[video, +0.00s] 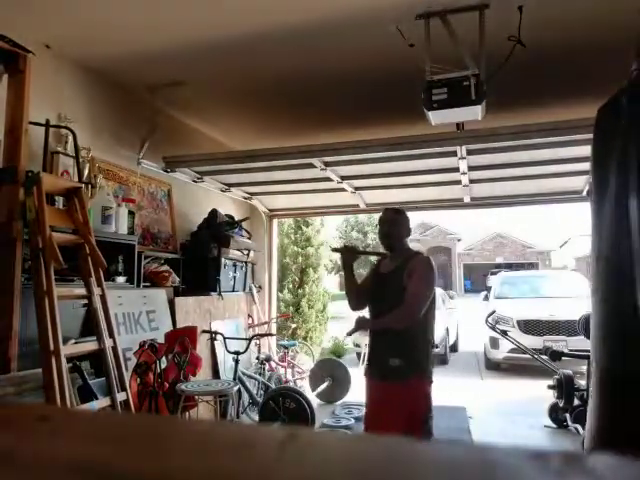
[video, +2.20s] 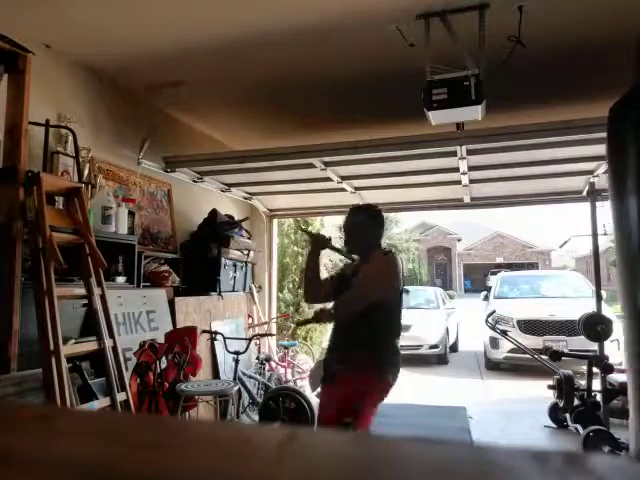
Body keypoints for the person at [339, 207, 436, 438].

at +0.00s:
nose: (385, 230)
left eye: (392, 224)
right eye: (381, 225)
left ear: (407, 229)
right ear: (378, 229)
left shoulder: (420, 264)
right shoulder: (382, 265)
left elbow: (411, 314)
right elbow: (356, 301)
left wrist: (370, 324)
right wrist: (347, 266)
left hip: (410, 370)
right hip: (379, 368)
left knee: (409, 443)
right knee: (377, 441)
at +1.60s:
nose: (354, 237)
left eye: (361, 231)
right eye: (352, 230)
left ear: (377, 232)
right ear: (349, 231)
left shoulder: (392, 262)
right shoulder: (354, 265)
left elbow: (377, 307)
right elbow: (328, 293)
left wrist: (334, 307)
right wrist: (321, 264)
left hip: (392, 369)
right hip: (355, 367)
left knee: (396, 446)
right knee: (348, 446)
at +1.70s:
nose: (354, 236)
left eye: (362, 230)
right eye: (351, 228)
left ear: (378, 232)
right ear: (348, 227)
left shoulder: (392, 260)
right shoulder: (345, 257)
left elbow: (380, 307)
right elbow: (311, 283)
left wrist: (331, 302)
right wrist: (315, 251)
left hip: (382, 349)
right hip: (347, 348)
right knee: (343, 419)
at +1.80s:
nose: (354, 237)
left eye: (362, 232)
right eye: (352, 229)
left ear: (377, 234)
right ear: (347, 229)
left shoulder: (392, 264)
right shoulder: (343, 257)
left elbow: (379, 311)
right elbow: (309, 284)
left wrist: (328, 304)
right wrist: (315, 250)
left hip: (382, 343)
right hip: (344, 341)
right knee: (339, 403)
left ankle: (348, 427)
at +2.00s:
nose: (345, 236)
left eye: (353, 230)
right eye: (345, 229)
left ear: (370, 234)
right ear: (343, 231)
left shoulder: (385, 265)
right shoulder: (347, 266)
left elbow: (372, 315)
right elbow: (313, 293)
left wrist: (325, 314)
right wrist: (313, 258)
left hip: (378, 351)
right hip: (344, 349)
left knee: (337, 347)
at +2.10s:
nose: (345, 236)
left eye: (351, 230)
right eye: (344, 230)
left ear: (368, 233)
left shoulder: (383, 264)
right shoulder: (350, 271)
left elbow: (366, 308)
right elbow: (313, 295)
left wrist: (326, 316)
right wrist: (317, 255)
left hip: (373, 354)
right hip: (344, 355)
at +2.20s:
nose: (346, 237)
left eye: (351, 230)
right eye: (345, 230)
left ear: (369, 232)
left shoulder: (384, 263)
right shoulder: (354, 270)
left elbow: (356, 304)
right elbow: (313, 294)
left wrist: (327, 315)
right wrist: (314, 251)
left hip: (370, 364)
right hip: (344, 362)